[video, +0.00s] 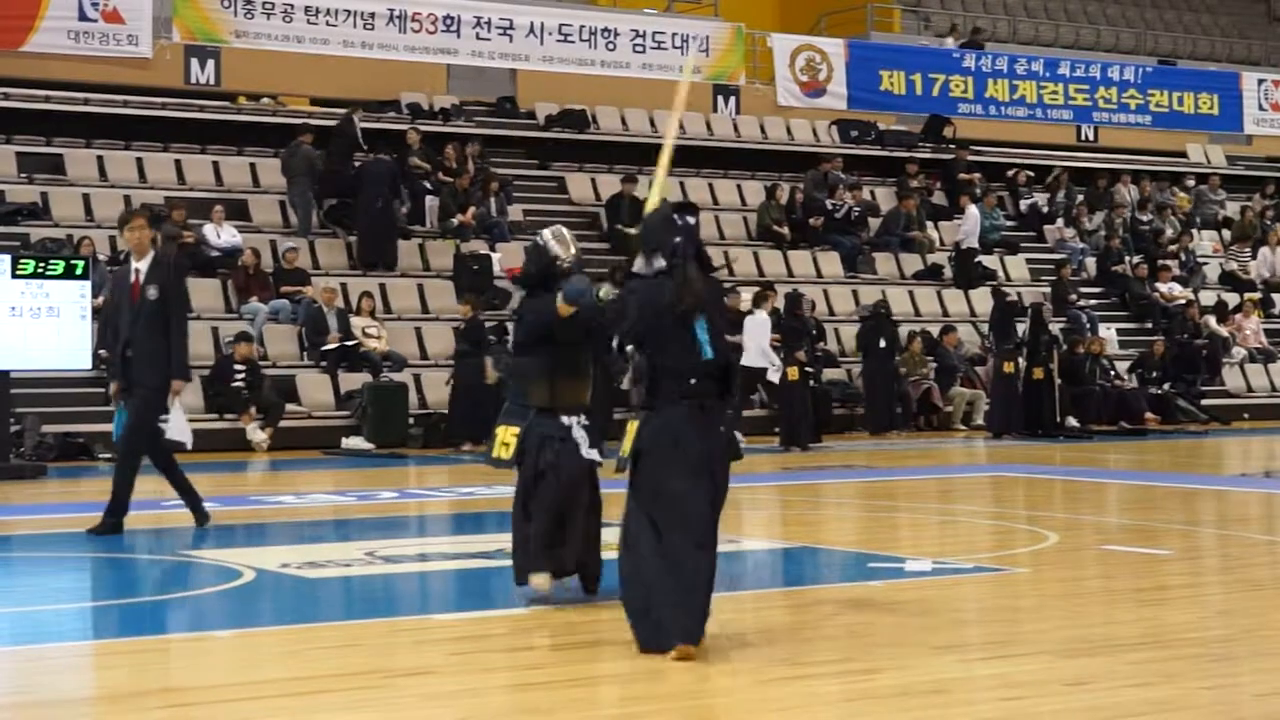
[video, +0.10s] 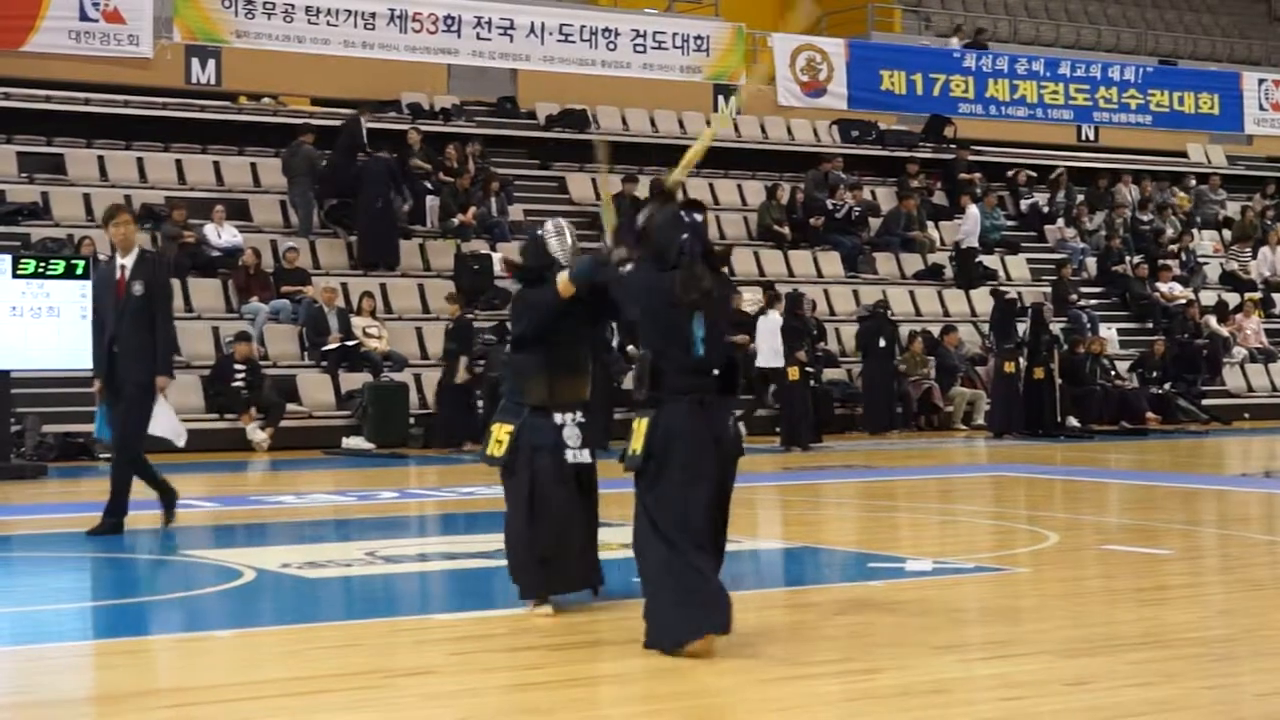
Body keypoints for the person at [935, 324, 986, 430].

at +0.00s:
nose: (957, 338)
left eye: (956, 335)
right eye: (954, 335)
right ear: (945, 337)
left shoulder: (954, 352)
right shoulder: (940, 352)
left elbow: (966, 364)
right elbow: (951, 366)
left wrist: (958, 367)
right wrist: (962, 367)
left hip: (957, 387)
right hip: (944, 388)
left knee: (980, 395)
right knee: (963, 393)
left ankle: (977, 420)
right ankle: (956, 423)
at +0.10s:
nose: (958, 338)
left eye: (957, 335)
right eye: (955, 335)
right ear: (946, 337)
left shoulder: (955, 352)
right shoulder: (941, 352)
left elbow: (966, 364)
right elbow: (952, 366)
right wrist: (963, 367)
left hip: (957, 386)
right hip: (944, 387)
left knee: (980, 395)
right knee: (963, 393)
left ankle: (978, 420)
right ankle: (956, 422)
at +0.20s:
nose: (958, 338)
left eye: (958, 335)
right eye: (955, 335)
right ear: (946, 337)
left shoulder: (955, 352)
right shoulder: (941, 351)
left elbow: (967, 363)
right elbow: (952, 366)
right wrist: (963, 367)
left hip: (958, 386)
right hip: (945, 387)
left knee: (981, 394)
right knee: (964, 393)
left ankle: (978, 420)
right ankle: (957, 422)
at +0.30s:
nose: (959, 336)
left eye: (959, 334)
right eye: (957, 334)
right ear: (947, 335)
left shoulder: (956, 351)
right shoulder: (942, 350)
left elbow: (968, 362)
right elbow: (953, 364)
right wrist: (965, 366)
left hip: (959, 386)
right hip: (946, 387)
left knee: (982, 394)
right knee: (965, 392)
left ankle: (979, 420)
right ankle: (958, 421)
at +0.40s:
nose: (960, 336)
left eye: (959, 333)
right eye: (957, 333)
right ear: (948, 335)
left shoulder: (956, 350)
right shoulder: (943, 350)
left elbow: (968, 361)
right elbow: (953, 363)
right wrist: (965, 366)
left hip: (959, 386)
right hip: (946, 387)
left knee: (983, 393)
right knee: (965, 392)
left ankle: (980, 419)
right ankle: (958, 421)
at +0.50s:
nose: (960, 336)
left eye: (959, 333)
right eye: (957, 333)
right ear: (948, 335)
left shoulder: (956, 350)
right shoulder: (943, 350)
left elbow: (969, 361)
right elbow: (953, 363)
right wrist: (966, 366)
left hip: (960, 386)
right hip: (947, 387)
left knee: (983, 393)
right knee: (966, 392)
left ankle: (980, 419)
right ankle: (959, 421)